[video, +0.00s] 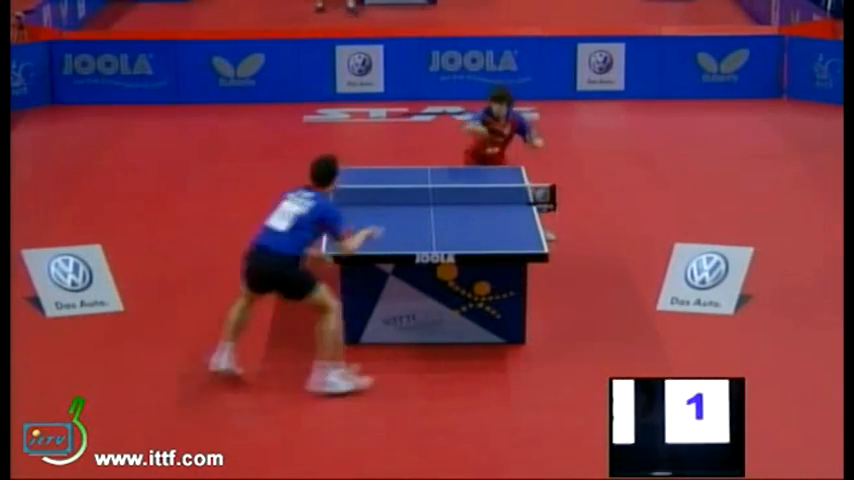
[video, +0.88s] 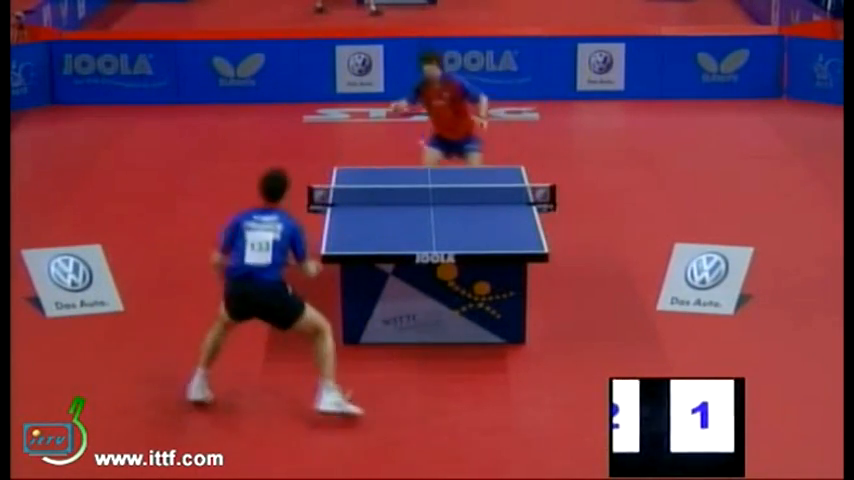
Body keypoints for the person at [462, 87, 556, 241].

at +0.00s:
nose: (499, 109)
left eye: (502, 105)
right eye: (496, 104)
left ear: (508, 107)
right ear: (490, 105)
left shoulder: (515, 120)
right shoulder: (484, 115)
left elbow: (527, 135)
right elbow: (471, 126)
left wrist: (534, 141)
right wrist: (484, 131)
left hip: (498, 160)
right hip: (476, 159)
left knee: (513, 193)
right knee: (473, 195)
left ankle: (535, 230)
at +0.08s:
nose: (500, 104)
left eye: (503, 100)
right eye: (497, 99)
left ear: (509, 101)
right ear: (492, 100)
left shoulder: (517, 116)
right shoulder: (487, 113)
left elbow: (530, 132)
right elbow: (477, 121)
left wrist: (538, 138)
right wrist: (469, 121)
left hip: (502, 160)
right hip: (478, 159)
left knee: (527, 187)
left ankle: (537, 226)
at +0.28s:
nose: (505, 83)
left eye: (508, 79)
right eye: (502, 79)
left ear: (515, 80)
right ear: (497, 80)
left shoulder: (525, 99)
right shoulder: (490, 95)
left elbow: (549, 118)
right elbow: (468, 105)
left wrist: (547, 127)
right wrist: (452, 113)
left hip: (516, 153)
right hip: (488, 152)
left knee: (532, 185)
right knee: (474, 188)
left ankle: (537, 226)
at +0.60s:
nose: (479, 86)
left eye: (483, 81)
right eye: (477, 81)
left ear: (491, 82)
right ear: (473, 82)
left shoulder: (504, 99)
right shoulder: (473, 99)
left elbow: (532, 115)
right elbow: (454, 115)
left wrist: (533, 139)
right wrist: (432, 127)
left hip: (510, 154)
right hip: (483, 153)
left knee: (528, 188)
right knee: (463, 183)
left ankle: (554, 218)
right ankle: (460, 220)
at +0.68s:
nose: (461, 90)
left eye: (464, 86)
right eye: (458, 86)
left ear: (473, 86)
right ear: (455, 87)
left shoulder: (487, 100)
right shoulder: (456, 103)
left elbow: (515, 114)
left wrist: (523, 138)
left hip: (503, 156)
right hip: (476, 154)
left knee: (522, 190)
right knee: (448, 180)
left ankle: (551, 217)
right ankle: (443, 220)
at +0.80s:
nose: (438, 80)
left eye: (441, 75)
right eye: (435, 76)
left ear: (448, 76)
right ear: (431, 77)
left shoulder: (463, 91)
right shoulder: (432, 95)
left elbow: (492, 107)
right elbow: (414, 113)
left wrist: (494, 126)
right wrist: (395, 116)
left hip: (481, 145)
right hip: (457, 145)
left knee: (491, 182)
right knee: (438, 177)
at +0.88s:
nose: (430, 72)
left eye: (433, 67)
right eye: (427, 68)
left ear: (439, 68)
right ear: (423, 70)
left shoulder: (453, 83)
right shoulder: (423, 87)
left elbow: (481, 98)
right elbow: (410, 102)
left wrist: (482, 116)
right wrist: (399, 107)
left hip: (465, 136)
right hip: (441, 137)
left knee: (475, 174)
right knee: (427, 169)